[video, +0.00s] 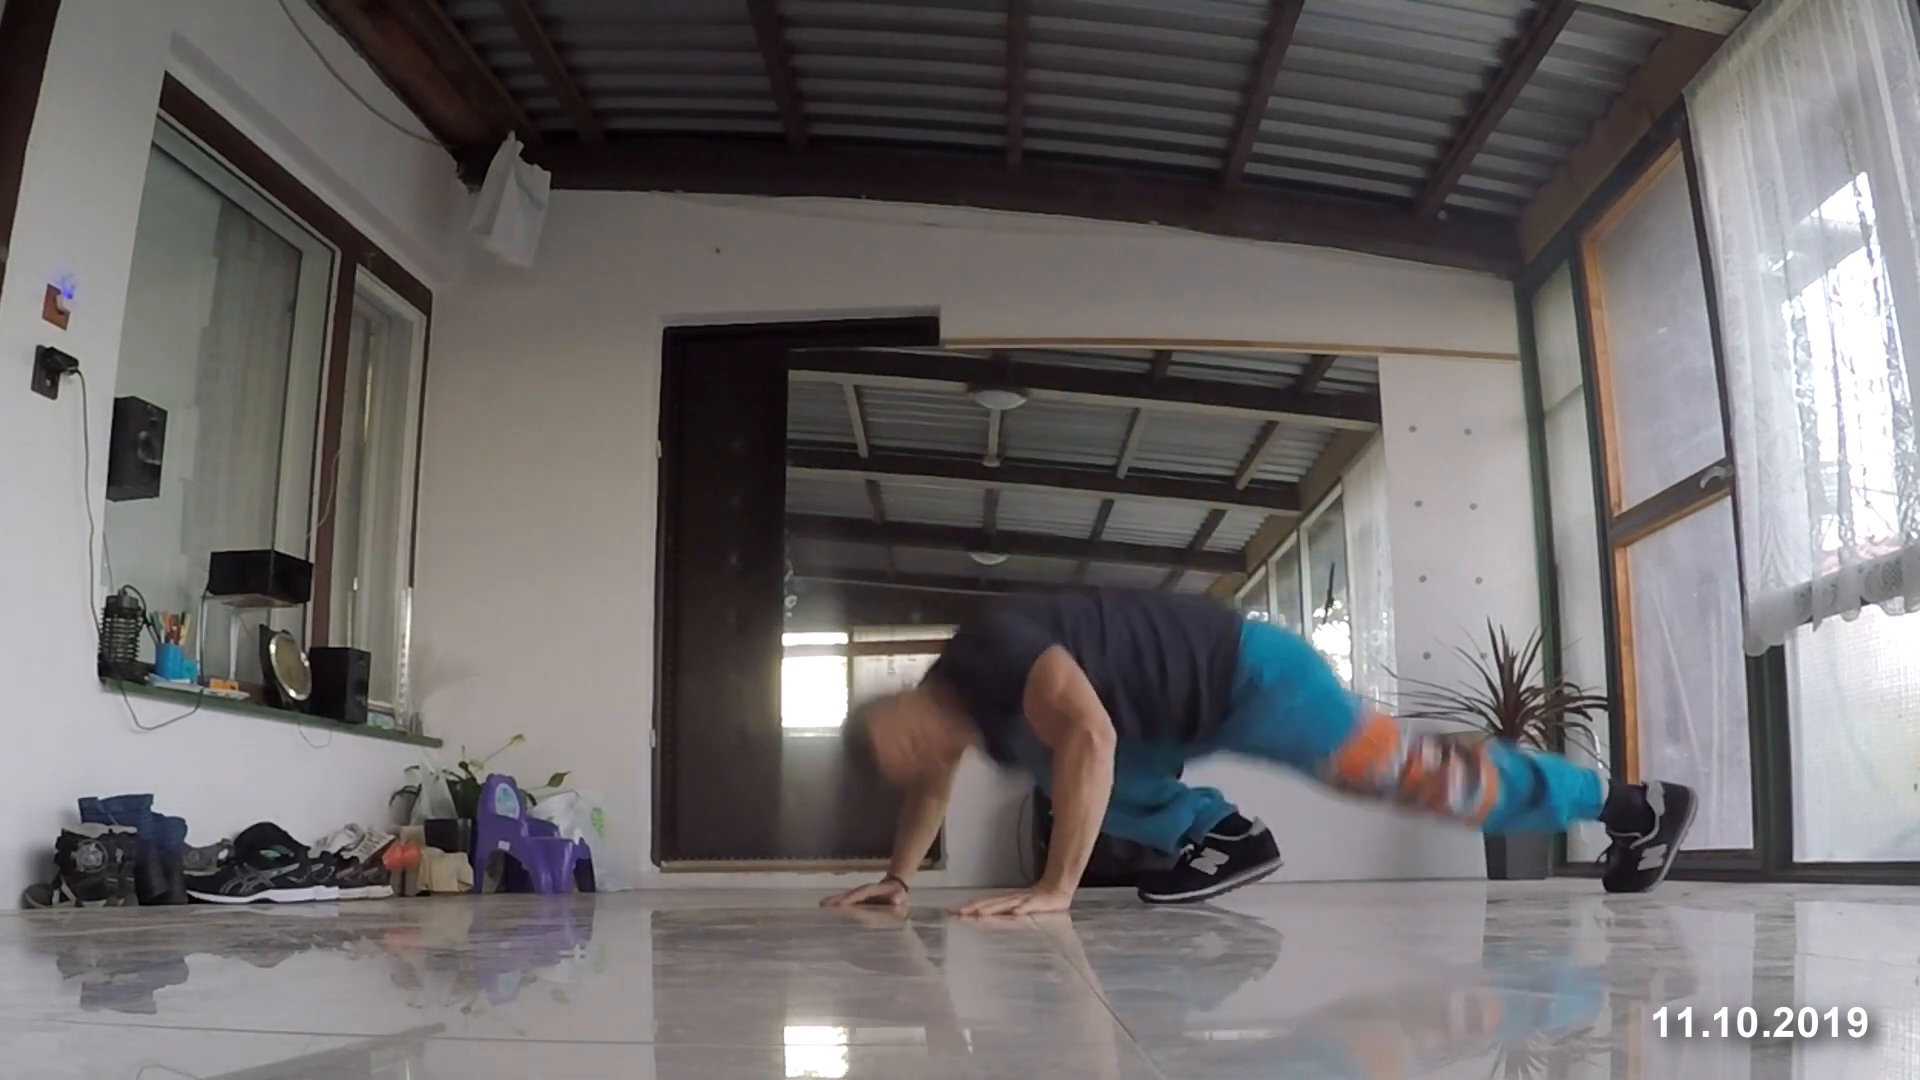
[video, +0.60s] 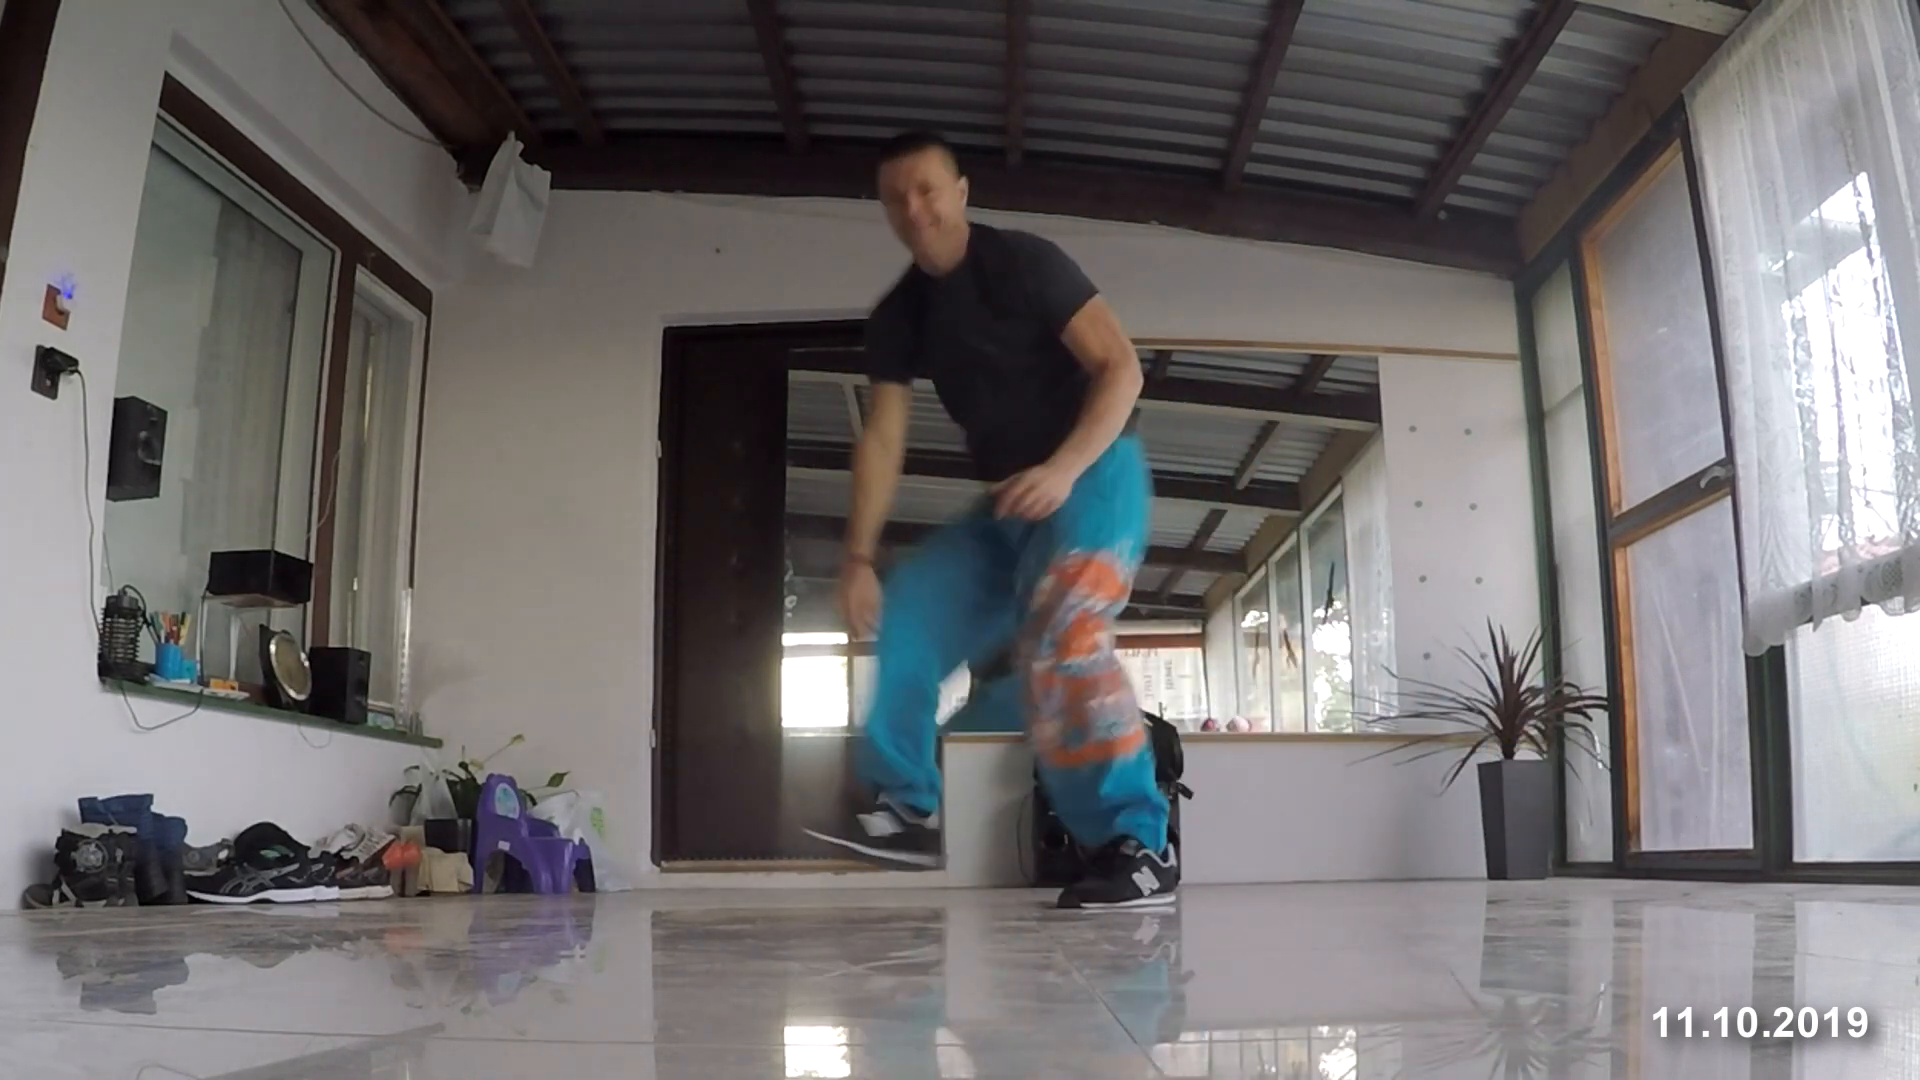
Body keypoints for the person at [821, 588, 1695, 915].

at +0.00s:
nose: (924, 768)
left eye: (911, 761)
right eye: (907, 768)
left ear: (916, 715)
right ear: (909, 718)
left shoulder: (1006, 643)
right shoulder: (951, 697)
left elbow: (1085, 736)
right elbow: (929, 786)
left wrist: (1053, 887)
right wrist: (896, 878)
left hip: (1241, 674)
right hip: (1167, 726)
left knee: (1412, 775)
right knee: (1058, 787)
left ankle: (1622, 803)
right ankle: (1214, 838)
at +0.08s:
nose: (871, 643)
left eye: (868, 621)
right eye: (862, 635)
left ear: (898, 587)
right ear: (887, 623)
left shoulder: (999, 582)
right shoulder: (957, 648)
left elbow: (1060, 716)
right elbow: (934, 760)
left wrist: (1052, 874)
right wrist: (894, 877)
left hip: (1245, 606)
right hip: (1179, 670)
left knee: (1401, 705)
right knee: (1079, 749)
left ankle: (1612, 792)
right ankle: (1223, 840)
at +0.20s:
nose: (858, 447)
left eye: (863, 426)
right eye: (846, 443)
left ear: (903, 409)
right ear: (857, 461)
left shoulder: (985, 446)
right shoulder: (933, 533)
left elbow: (1015, 590)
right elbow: (919, 672)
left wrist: (1005, 748)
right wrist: (887, 800)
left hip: (1235, 528)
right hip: (1169, 597)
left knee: (1405, 641)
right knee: (1094, 702)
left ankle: (1561, 749)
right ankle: (1232, 847)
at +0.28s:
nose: (861, 347)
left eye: (869, 324)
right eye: (849, 339)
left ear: (910, 311)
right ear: (851, 357)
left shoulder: (985, 360)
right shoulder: (916, 439)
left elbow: (1046, 488)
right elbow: (913, 574)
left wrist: (1026, 638)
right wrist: (905, 710)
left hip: (1206, 499)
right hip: (1142, 565)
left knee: (1351, 629)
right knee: (1105, 703)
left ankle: (1526, 719)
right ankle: (1231, 842)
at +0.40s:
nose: (886, 261)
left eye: (892, 238)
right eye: (869, 254)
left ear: (928, 220)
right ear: (865, 264)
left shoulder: (1012, 279)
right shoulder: (913, 348)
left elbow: (1080, 414)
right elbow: (922, 482)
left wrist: (1047, 557)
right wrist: (925, 605)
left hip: (1163, 447)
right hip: (1101, 503)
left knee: (1198, 597)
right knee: (1053, 634)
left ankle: (1307, 734)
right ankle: (1192, 805)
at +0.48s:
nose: (898, 230)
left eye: (906, 208)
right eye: (880, 221)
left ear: (942, 197)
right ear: (870, 234)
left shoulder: (1016, 257)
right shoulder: (907, 327)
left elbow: (1104, 381)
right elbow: (910, 459)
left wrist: (1041, 505)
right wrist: (907, 586)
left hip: (1136, 437)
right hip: (1063, 478)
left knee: (1124, 585)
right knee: (1006, 618)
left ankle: (1147, 818)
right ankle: (1071, 809)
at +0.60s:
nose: (915, 210)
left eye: (928, 190)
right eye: (899, 200)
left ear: (961, 190)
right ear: (887, 214)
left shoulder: (1026, 262)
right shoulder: (900, 315)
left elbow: (1121, 370)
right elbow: (882, 436)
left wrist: (1064, 467)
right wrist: (859, 557)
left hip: (1095, 477)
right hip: (1007, 503)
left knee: (1063, 639)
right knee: (909, 602)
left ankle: (1136, 848)